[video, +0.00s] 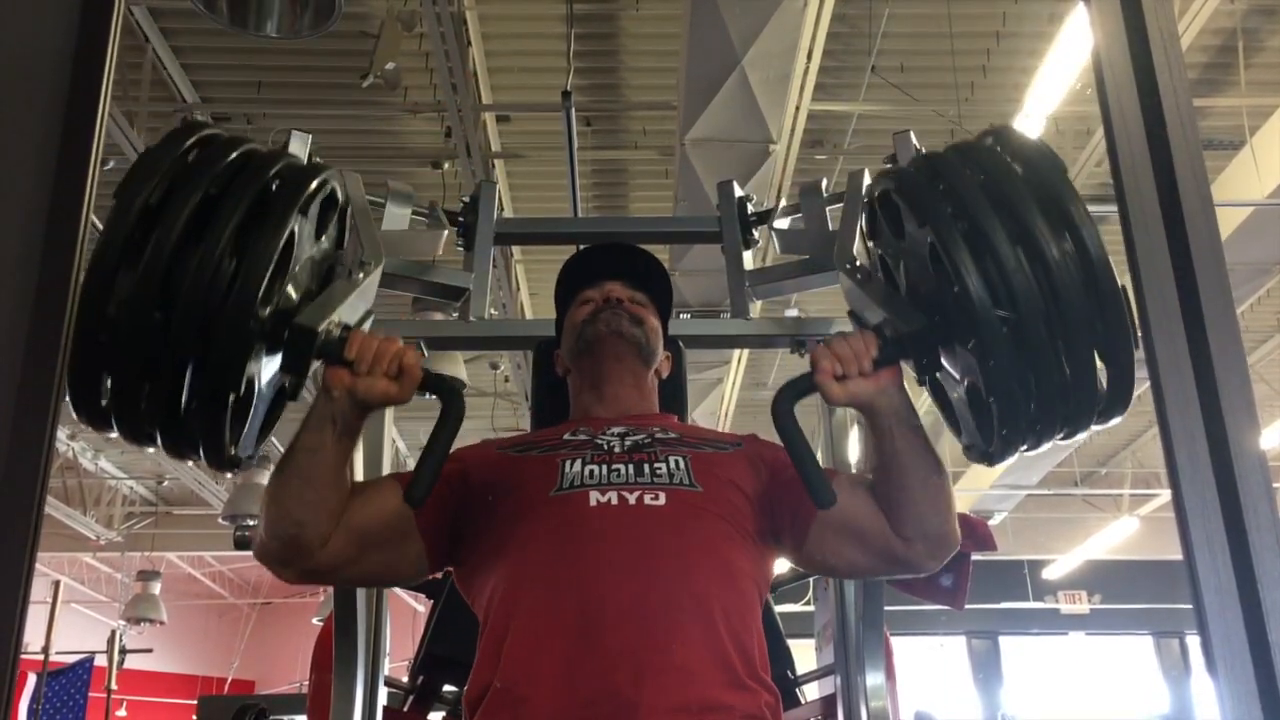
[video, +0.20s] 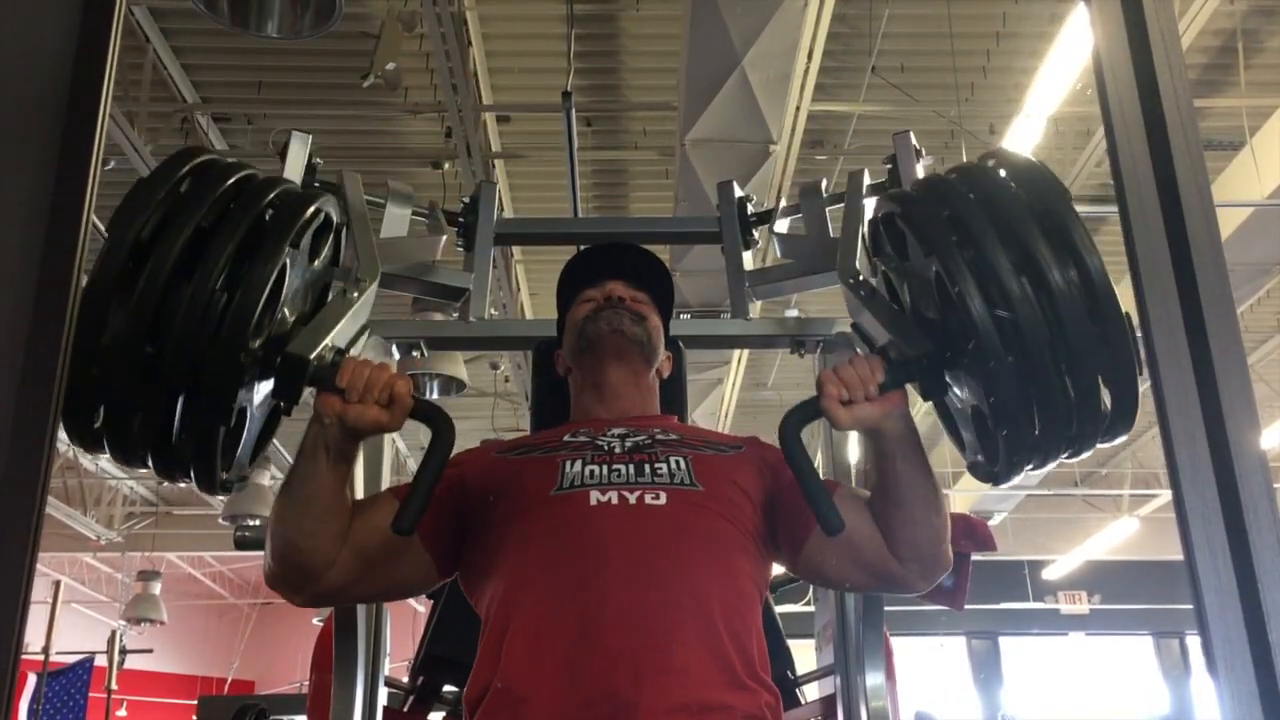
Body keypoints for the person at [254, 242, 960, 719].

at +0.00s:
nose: (616, 301)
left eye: (639, 302)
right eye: (589, 301)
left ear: (669, 359)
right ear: (555, 360)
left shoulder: (748, 462)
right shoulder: (486, 468)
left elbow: (922, 544)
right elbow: (299, 548)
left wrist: (882, 404)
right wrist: (342, 403)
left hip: (725, 707)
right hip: (528, 708)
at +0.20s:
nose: (618, 302)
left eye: (639, 302)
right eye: (592, 303)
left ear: (671, 358)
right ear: (558, 359)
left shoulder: (750, 462)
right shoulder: (489, 469)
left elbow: (915, 564)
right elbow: (304, 569)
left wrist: (892, 428)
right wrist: (333, 435)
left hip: (722, 704)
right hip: (527, 704)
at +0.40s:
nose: (619, 303)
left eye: (641, 303)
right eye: (592, 303)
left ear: (671, 358)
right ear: (559, 359)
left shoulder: (750, 464)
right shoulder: (490, 470)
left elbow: (914, 567)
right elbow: (305, 571)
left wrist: (893, 433)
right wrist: (332, 441)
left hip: (724, 704)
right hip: (529, 705)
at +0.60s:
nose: (616, 309)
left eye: (639, 311)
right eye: (590, 309)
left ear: (668, 362)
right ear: (556, 361)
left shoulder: (743, 463)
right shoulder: (488, 469)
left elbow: (926, 531)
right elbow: (291, 523)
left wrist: (881, 395)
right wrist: (346, 385)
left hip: (726, 704)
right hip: (529, 704)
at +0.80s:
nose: (608, 310)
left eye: (633, 312)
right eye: (584, 310)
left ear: (664, 364)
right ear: (554, 363)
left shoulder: (744, 458)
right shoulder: (484, 463)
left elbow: (921, 441)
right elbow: (303, 432)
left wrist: (859, 296)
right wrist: (366, 291)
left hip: (720, 704)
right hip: (526, 705)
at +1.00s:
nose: (610, 319)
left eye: (634, 316)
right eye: (586, 315)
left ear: (667, 365)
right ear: (556, 363)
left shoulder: (753, 452)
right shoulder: (484, 456)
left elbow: (892, 381)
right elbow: (337, 367)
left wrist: (842, 221)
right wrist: (387, 217)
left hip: (726, 705)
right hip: (523, 706)